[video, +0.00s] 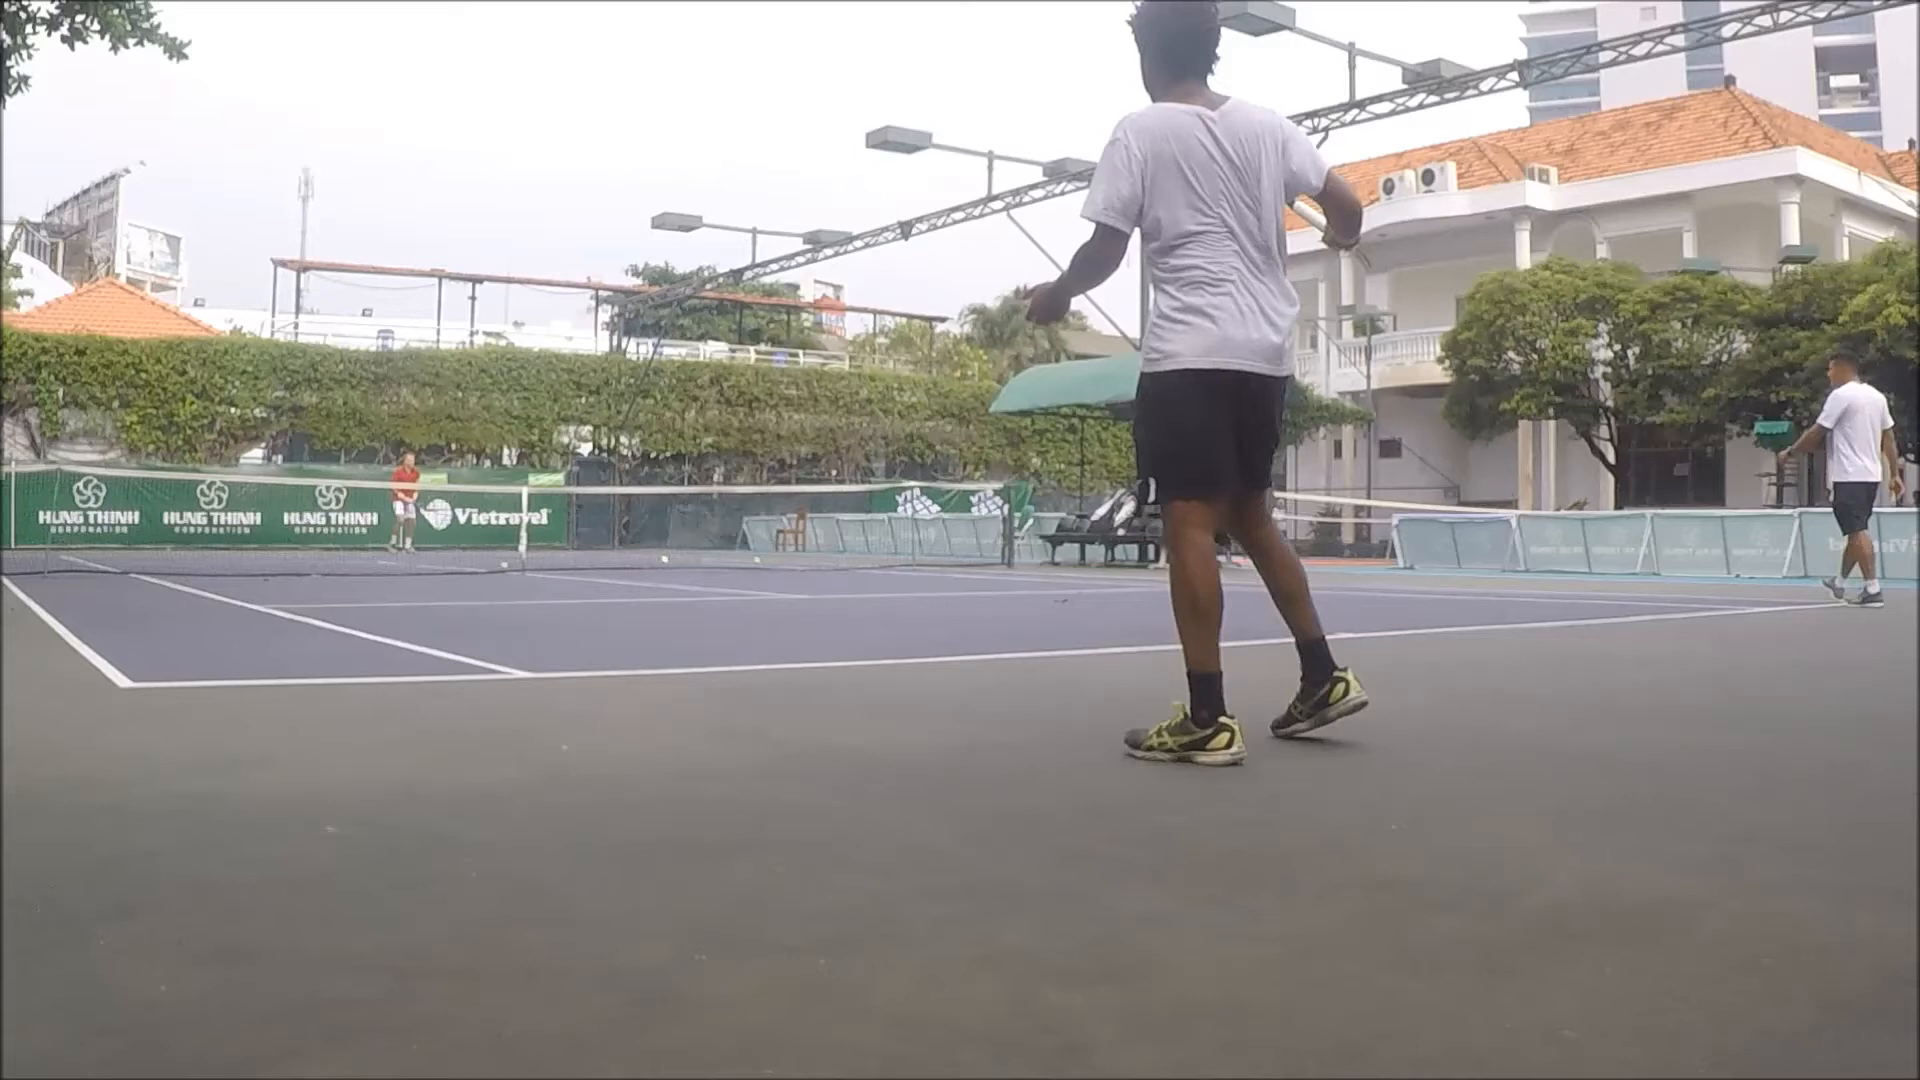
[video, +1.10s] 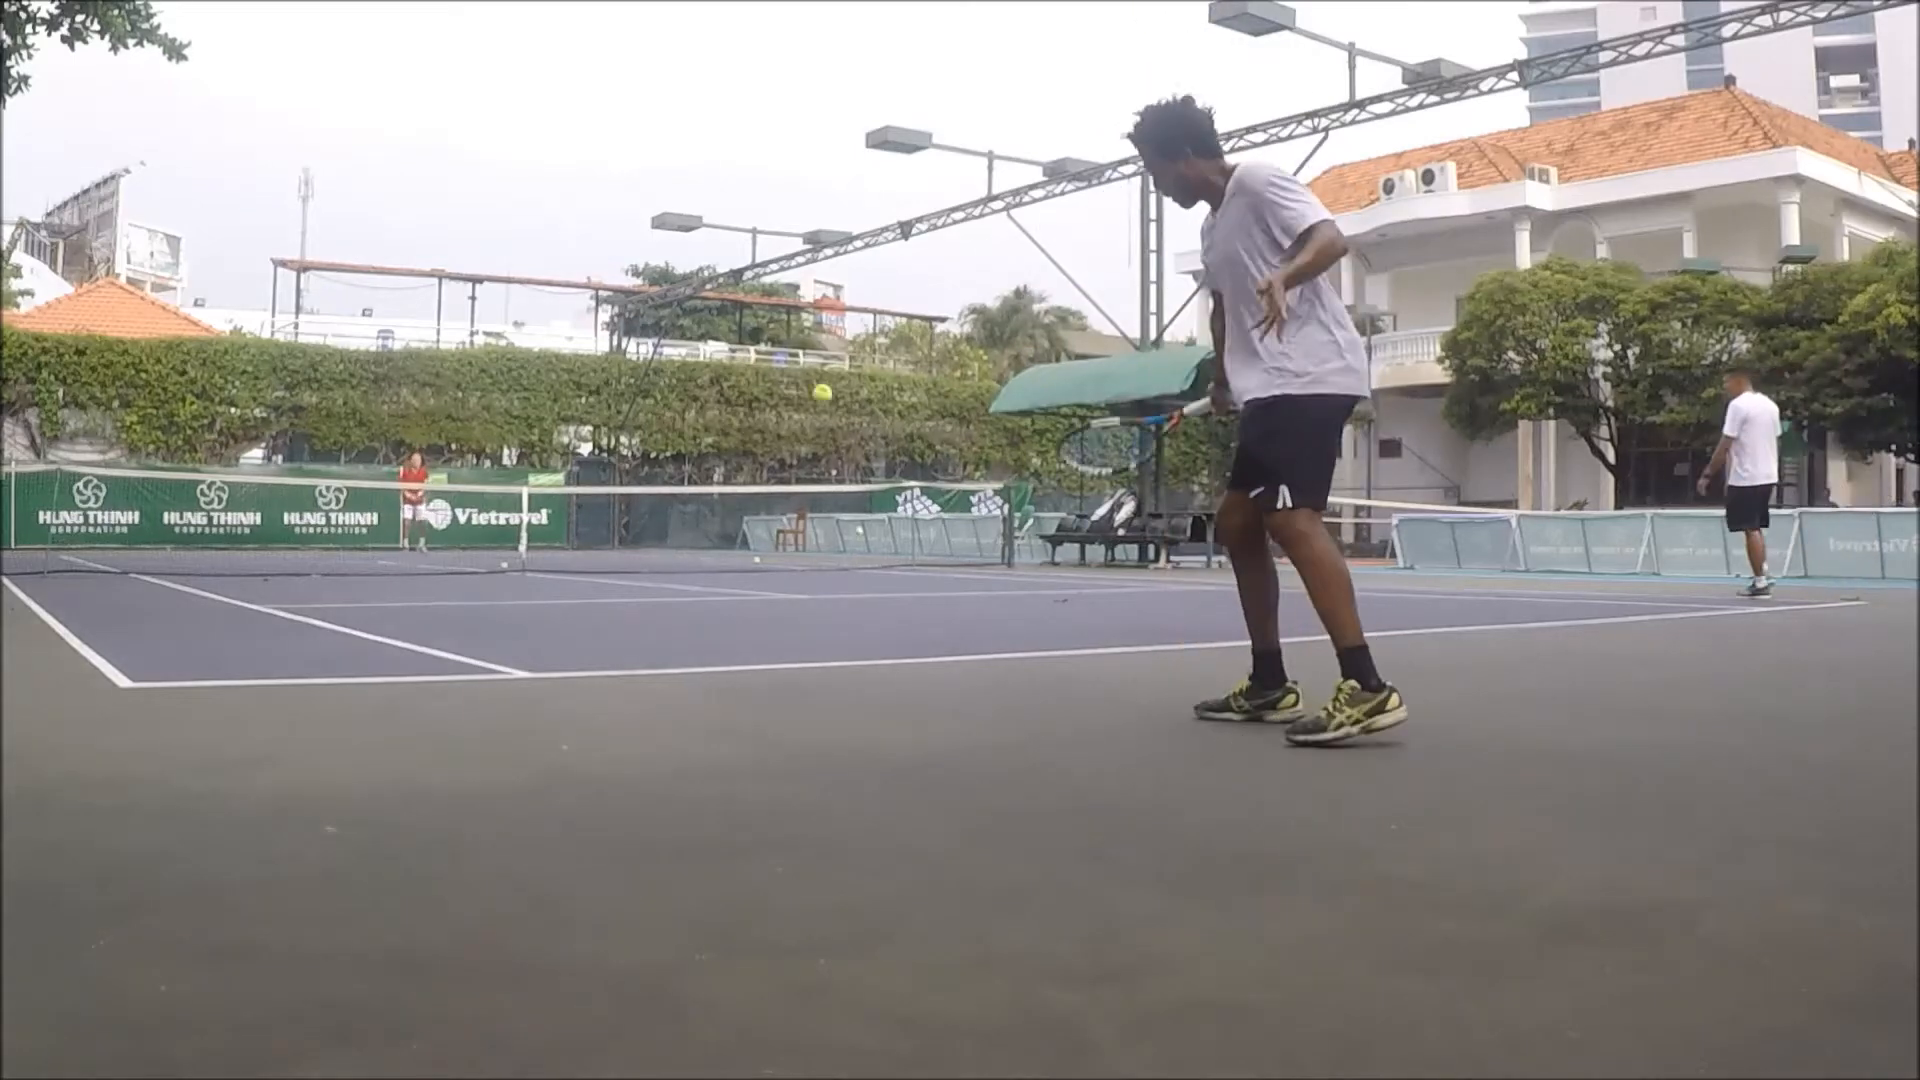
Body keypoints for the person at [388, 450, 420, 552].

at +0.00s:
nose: (411, 462)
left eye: (412, 460)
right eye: (408, 460)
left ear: (414, 461)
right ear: (404, 460)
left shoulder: (416, 473)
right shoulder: (397, 471)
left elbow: (416, 486)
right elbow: (394, 487)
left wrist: (414, 497)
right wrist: (405, 498)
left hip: (410, 497)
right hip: (399, 497)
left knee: (411, 519)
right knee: (400, 517)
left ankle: (408, 543)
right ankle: (393, 541)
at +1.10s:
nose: (417, 462)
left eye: (419, 459)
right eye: (414, 459)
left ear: (421, 461)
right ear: (410, 460)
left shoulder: (423, 471)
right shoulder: (404, 470)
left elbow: (425, 483)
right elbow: (401, 484)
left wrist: (419, 494)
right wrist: (408, 494)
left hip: (419, 498)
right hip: (408, 497)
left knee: (421, 520)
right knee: (407, 520)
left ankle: (422, 542)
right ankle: (405, 540)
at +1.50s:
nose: (428, 466)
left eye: (430, 464)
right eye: (426, 464)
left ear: (432, 465)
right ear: (422, 465)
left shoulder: (433, 476)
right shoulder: (414, 474)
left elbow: (434, 489)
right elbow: (409, 488)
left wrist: (429, 499)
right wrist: (417, 499)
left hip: (426, 504)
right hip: (414, 504)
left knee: (433, 522)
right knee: (410, 524)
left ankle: (432, 544)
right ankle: (398, 542)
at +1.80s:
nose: (438, 465)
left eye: (440, 463)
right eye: (436, 462)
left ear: (441, 464)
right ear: (431, 463)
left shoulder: (441, 476)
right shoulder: (424, 473)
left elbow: (440, 488)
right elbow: (418, 487)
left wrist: (436, 498)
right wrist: (426, 500)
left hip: (434, 500)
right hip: (423, 500)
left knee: (438, 523)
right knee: (424, 520)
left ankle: (431, 545)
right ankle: (411, 542)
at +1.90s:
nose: (440, 465)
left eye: (441, 463)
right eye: (438, 463)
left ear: (442, 465)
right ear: (432, 464)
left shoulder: (442, 477)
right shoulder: (425, 474)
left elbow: (441, 491)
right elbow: (421, 488)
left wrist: (437, 503)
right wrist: (428, 501)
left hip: (435, 502)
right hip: (425, 501)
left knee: (439, 523)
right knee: (429, 519)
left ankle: (431, 545)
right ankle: (416, 540)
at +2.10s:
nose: (441, 465)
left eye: (442, 462)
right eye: (438, 462)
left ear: (442, 463)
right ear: (432, 462)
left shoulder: (437, 474)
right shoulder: (430, 474)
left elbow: (437, 489)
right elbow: (434, 489)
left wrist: (441, 500)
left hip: (433, 500)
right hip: (426, 500)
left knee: (436, 521)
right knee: (431, 521)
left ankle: (431, 544)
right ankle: (420, 545)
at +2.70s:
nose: (439, 463)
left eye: (440, 460)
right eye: (437, 461)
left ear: (441, 461)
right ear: (431, 461)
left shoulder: (442, 472)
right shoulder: (422, 473)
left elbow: (444, 486)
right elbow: (420, 487)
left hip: (439, 499)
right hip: (427, 499)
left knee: (436, 522)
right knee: (430, 519)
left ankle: (424, 541)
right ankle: (426, 544)